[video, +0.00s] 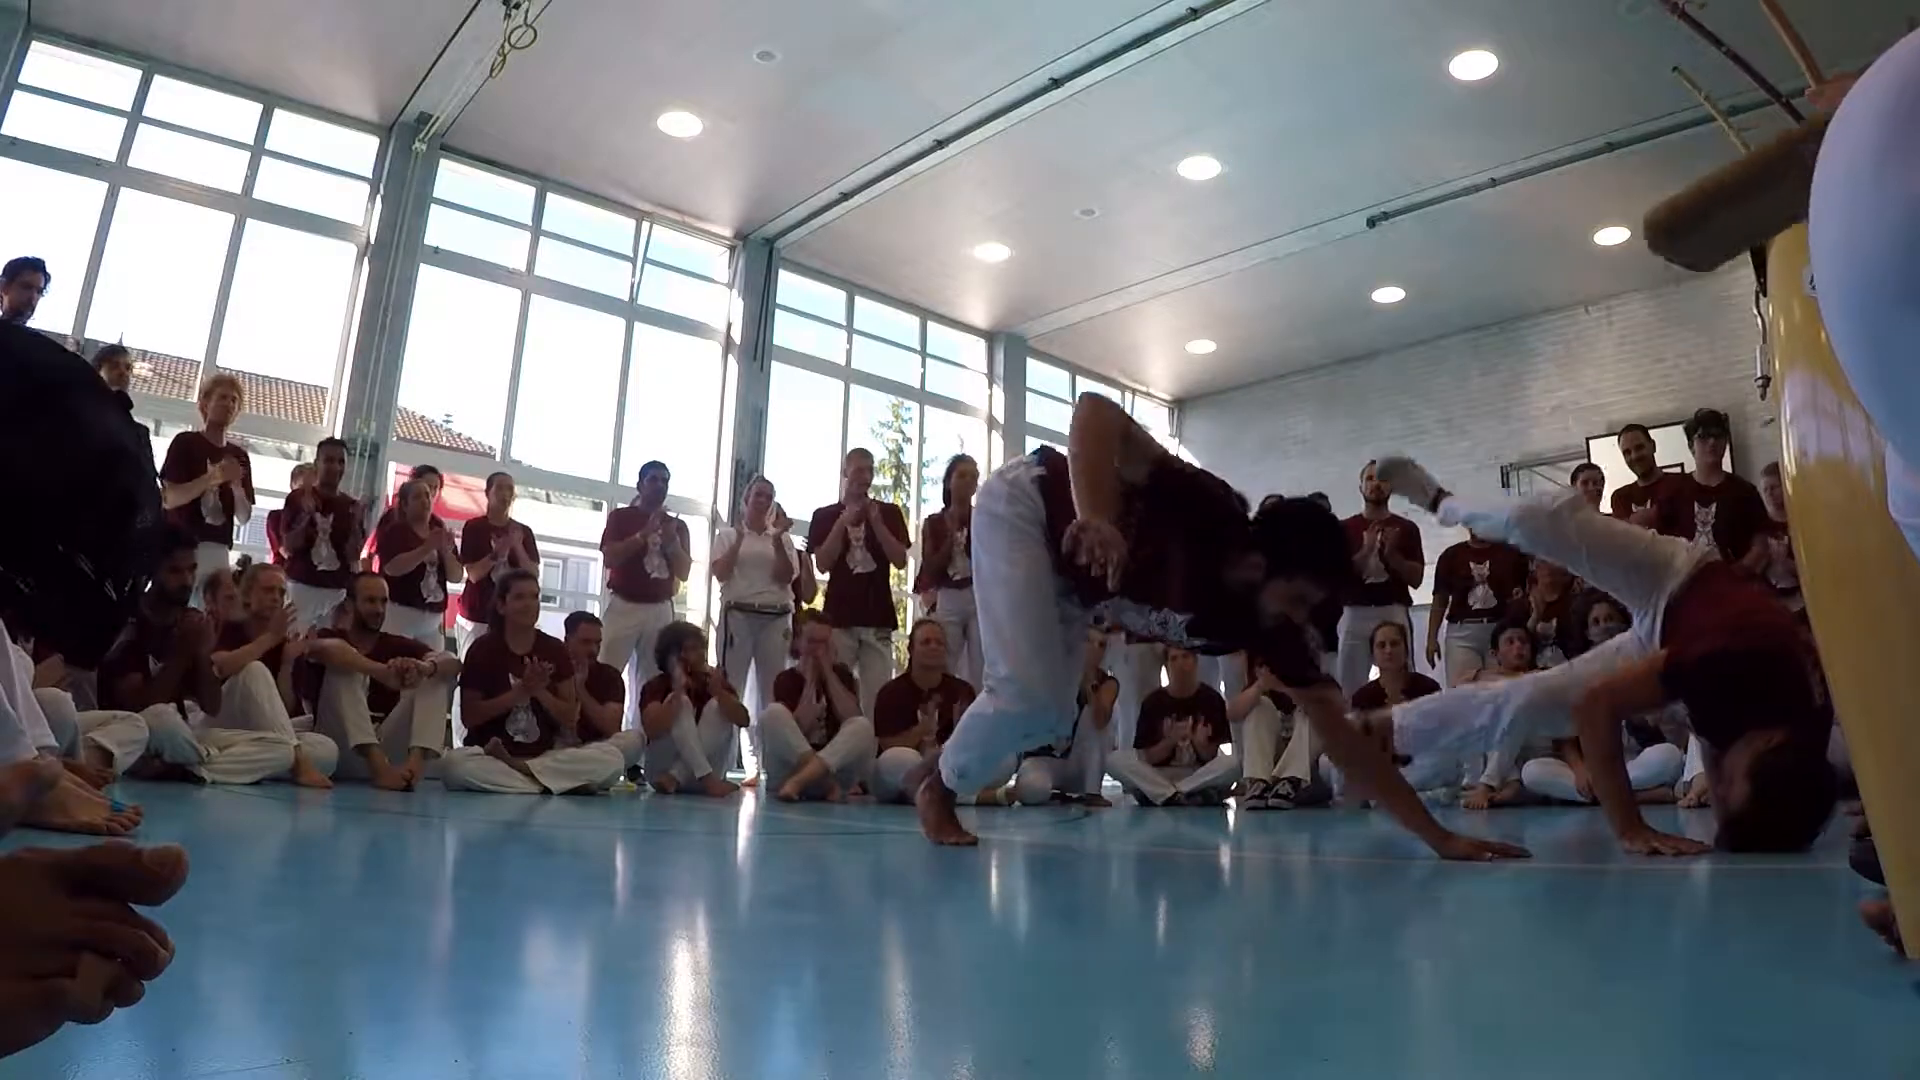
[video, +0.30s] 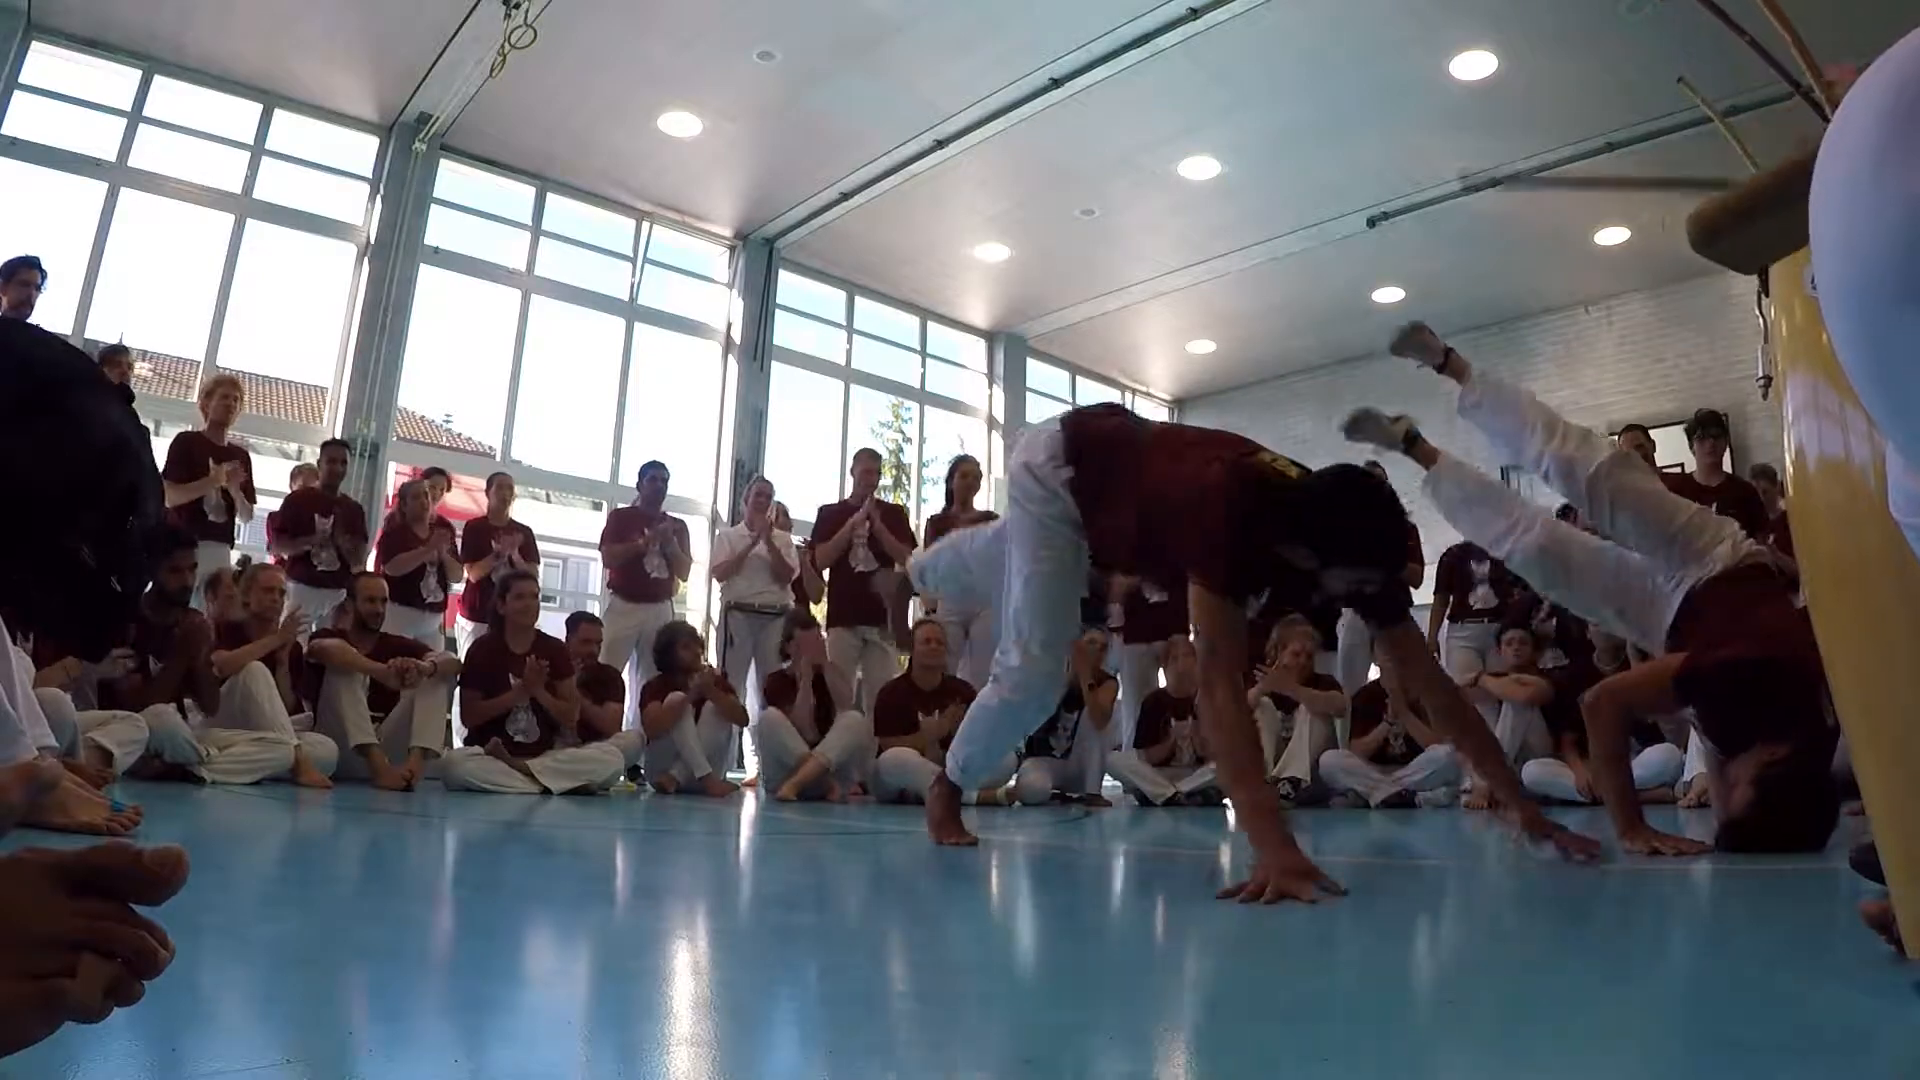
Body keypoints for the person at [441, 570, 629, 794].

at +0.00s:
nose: (530, 604)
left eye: (535, 597)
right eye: (520, 598)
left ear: (540, 603)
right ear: (501, 606)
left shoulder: (555, 648)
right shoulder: (482, 649)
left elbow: (569, 717)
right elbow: (470, 717)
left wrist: (539, 690)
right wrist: (523, 691)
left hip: (546, 757)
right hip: (490, 756)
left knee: (613, 759)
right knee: (454, 766)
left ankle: (525, 767)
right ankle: (544, 786)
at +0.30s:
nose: (530, 604)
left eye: (535, 597)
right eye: (520, 598)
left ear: (541, 602)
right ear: (501, 605)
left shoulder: (555, 648)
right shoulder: (482, 648)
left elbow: (570, 717)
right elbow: (469, 717)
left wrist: (538, 691)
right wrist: (521, 691)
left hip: (546, 754)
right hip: (488, 753)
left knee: (612, 758)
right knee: (455, 767)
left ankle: (522, 766)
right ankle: (548, 786)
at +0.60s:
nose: (529, 603)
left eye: (534, 597)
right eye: (519, 597)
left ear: (540, 603)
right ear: (500, 605)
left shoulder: (556, 649)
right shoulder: (481, 648)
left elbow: (570, 717)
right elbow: (469, 717)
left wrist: (536, 690)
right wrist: (521, 690)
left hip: (545, 756)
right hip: (488, 755)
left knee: (612, 759)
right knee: (455, 766)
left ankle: (521, 766)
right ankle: (549, 786)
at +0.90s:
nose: (529, 603)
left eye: (534, 597)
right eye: (519, 597)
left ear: (540, 603)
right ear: (500, 606)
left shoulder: (556, 649)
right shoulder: (482, 648)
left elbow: (570, 717)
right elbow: (470, 718)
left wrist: (536, 690)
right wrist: (521, 690)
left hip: (545, 756)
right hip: (489, 754)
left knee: (612, 758)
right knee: (456, 767)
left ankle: (523, 766)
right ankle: (548, 786)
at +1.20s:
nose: (530, 603)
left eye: (534, 597)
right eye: (520, 596)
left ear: (540, 603)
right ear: (501, 605)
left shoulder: (556, 648)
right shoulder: (481, 647)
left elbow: (570, 716)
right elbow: (468, 715)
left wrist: (536, 687)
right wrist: (522, 688)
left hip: (545, 756)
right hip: (487, 755)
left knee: (612, 759)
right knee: (454, 765)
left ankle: (521, 765)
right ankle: (549, 786)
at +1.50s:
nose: (530, 603)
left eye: (534, 596)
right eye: (520, 596)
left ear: (540, 603)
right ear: (501, 605)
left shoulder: (557, 649)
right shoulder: (481, 648)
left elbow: (570, 717)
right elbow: (468, 716)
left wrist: (535, 688)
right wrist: (521, 689)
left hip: (545, 757)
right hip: (489, 756)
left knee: (612, 758)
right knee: (454, 764)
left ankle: (522, 766)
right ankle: (547, 786)